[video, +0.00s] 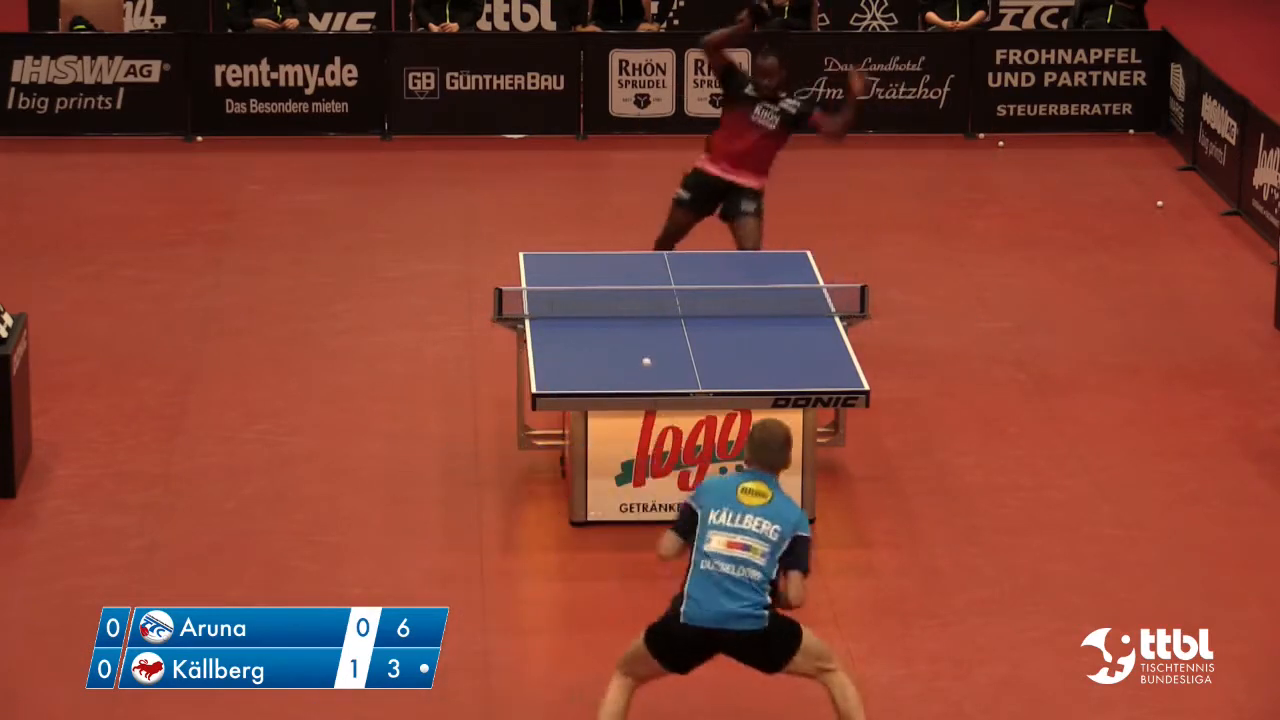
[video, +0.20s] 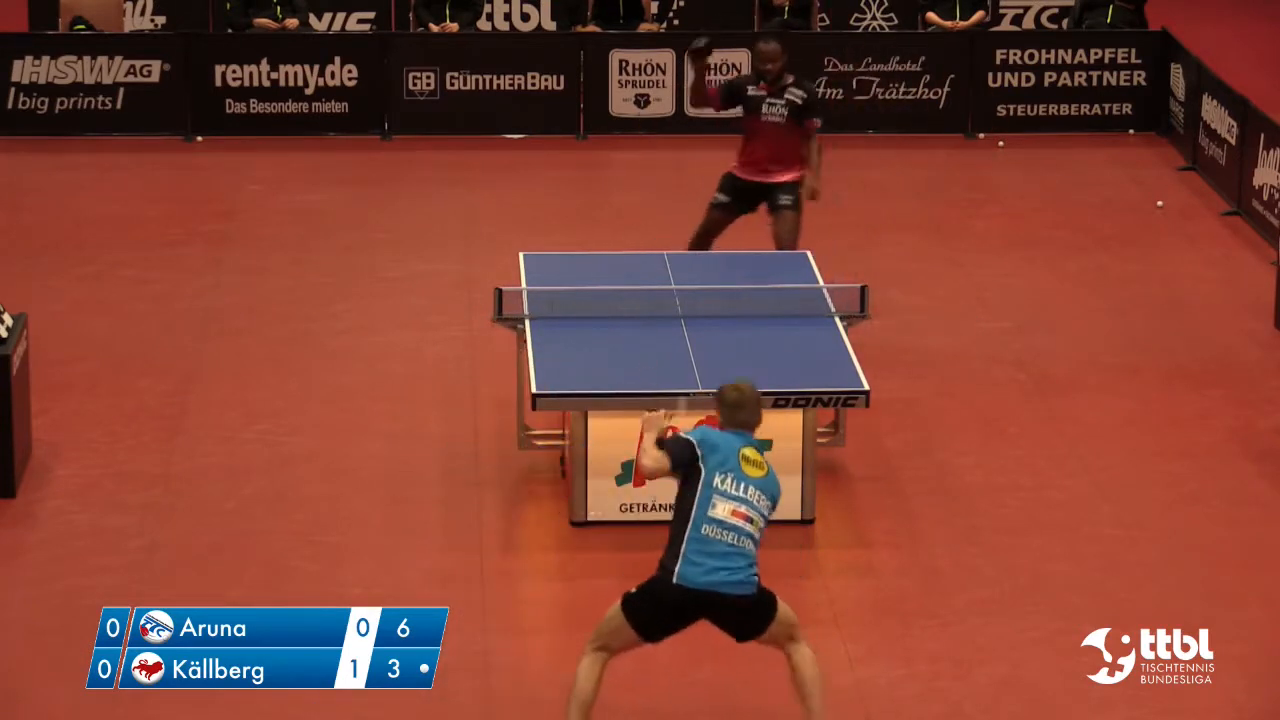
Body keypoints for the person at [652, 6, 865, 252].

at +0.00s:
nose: (764, 80)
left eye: (770, 75)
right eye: (760, 74)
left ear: (782, 75)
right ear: (754, 71)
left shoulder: (794, 109)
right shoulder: (737, 85)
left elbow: (835, 128)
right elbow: (710, 45)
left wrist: (853, 98)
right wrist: (742, 28)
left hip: (746, 190)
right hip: (707, 177)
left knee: (751, 256)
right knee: (665, 241)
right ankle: (650, 291)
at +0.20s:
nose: (768, 67)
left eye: (773, 61)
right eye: (762, 62)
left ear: (784, 60)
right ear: (754, 61)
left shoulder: (803, 93)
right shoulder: (745, 86)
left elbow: (813, 136)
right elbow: (699, 100)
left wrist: (813, 177)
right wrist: (700, 70)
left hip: (785, 181)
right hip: (745, 176)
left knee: (786, 247)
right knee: (706, 232)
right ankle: (684, 281)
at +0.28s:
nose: (772, 67)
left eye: (778, 61)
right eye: (767, 61)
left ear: (789, 59)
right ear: (759, 60)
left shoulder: (808, 91)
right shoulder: (752, 90)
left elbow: (820, 137)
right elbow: (720, 117)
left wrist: (797, 166)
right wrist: (705, 98)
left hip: (805, 175)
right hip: (766, 172)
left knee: (812, 241)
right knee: (723, 224)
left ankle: (815, 291)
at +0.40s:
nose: (781, 85)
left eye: (787, 79)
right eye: (777, 79)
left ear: (798, 79)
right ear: (770, 81)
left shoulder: (814, 106)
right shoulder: (769, 109)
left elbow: (827, 149)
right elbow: (753, 151)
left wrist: (792, 167)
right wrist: (727, 146)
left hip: (830, 185)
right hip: (793, 187)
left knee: (845, 245)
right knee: (750, 236)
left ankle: (896, 300)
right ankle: (763, 300)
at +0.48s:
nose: (795, 99)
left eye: (800, 93)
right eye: (790, 94)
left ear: (811, 93)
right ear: (783, 96)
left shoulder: (829, 117)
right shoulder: (785, 125)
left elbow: (834, 159)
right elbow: (778, 167)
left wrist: (799, 174)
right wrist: (747, 175)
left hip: (852, 194)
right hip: (814, 196)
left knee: (875, 256)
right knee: (764, 239)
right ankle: (765, 310)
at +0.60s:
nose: (816, 110)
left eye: (821, 103)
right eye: (811, 104)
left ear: (834, 101)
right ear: (806, 106)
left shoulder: (853, 125)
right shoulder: (821, 131)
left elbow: (845, 172)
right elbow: (823, 177)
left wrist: (799, 192)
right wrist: (787, 203)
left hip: (887, 196)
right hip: (851, 198)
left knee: (890, 261)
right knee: (800, 241)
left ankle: (945, 323)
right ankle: (788, 311)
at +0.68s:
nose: (825, 108)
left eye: (831, 101)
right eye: (821, 102)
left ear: (844, 99)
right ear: (816, 102)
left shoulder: (859, 123)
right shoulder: (837, 126)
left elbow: (845, 171)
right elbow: (848, 171)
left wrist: (795, 195)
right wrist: (826, 200)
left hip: (897, 198)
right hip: (864, 198)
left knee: (892, 262)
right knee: (820, 227)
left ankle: (945, 323)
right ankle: (793, 287)